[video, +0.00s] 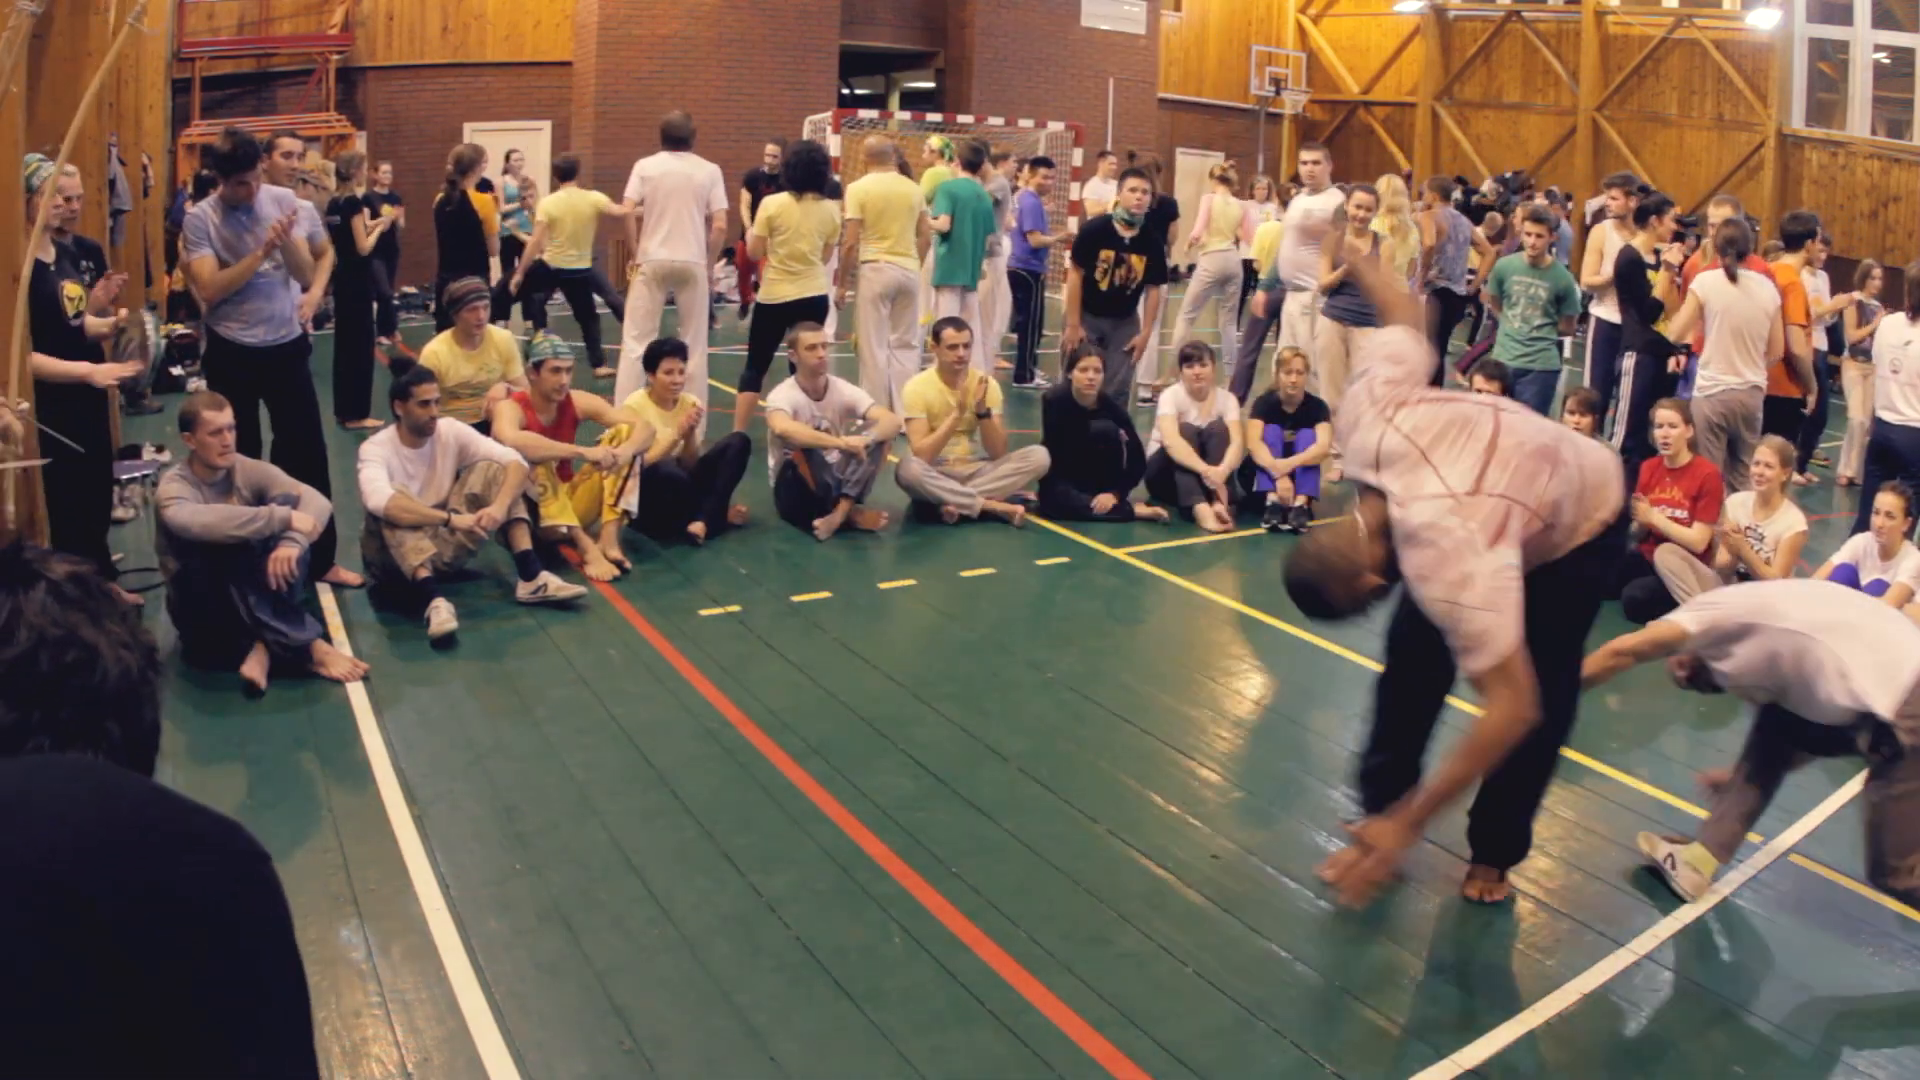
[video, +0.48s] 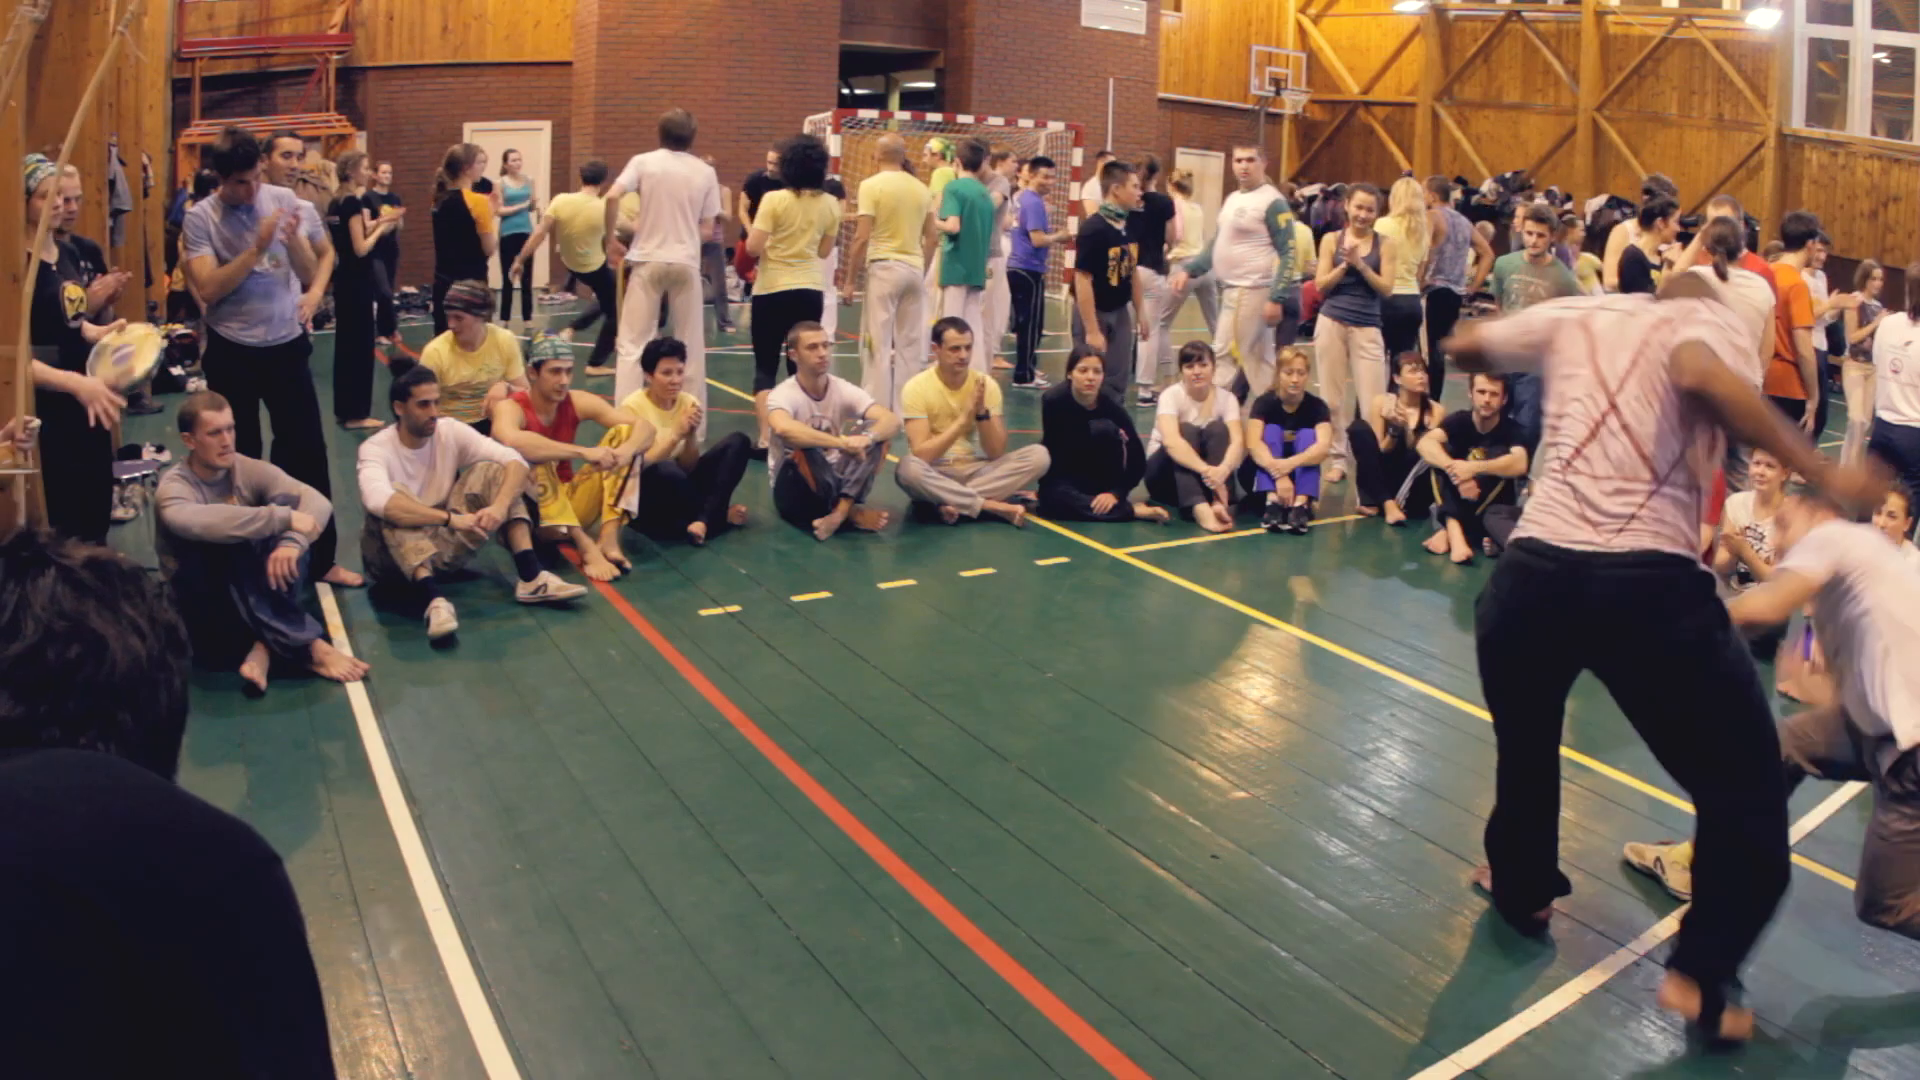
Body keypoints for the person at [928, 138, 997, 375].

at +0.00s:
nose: (951, 163)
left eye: (953, 160)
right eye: (954, 159)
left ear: (958, 163)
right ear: (980, 165)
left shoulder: (947, 188)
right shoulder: (984, 195)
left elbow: (943, 225)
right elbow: (988, 235)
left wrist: (927, 221)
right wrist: (979, 260)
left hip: (949, 264)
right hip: (972, 267)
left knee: (947, 322)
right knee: (971, 321)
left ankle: (947, 369)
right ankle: (976, 370)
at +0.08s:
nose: (952, 163)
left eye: (954, 160)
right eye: (955, 160)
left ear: (958, 163)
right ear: (980, 165)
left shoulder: (949, 188)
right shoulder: (985, 196)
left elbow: (944, 225)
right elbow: (987, 231)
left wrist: (929, 221)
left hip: (950, 263)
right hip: (974, 266)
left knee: (948, 322)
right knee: (972, 321)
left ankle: (948, 370)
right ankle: (977, 371)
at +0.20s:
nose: (952, 163)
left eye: (954, 160)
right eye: (954, 159)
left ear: (957, 162)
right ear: (979, 165)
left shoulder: (951, 188)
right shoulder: (986, 196)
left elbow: (949, 224)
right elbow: (987, 233)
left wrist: (930, 222)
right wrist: (983, 261)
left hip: (952, 262)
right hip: (974, 264)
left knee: (949, 320)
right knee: (972, 319)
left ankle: (949, 370)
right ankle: (979, 371)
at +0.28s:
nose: (952, 164)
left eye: (953, 160)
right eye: (954, 160)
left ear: (957, 162)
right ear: (979, 165)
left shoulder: (951, 188)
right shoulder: (985, 195)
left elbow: (951, 223)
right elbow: (987, 233)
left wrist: (931, 223)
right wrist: (985, 260)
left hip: (952, 262)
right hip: (975, 263)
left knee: (949, 320)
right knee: (972, 319)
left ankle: (949, 368)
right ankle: (978, 370)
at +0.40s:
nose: (952, 163)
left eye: (953, 160)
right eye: (954, 159)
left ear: (957, 162)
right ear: (980, 165)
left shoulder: (953, 188)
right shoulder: (985, 194)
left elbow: (953, 225)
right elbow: (988, 232)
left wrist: (934, 223)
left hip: (954, 263)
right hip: (977, 264)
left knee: (950, 320)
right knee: (973, 320)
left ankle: (949, 367)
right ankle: (978, 369)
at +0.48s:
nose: (953, 163)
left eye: (954, 160)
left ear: (957, 162)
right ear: (981, 164)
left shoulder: (953, 188)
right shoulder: (985, 193)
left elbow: (953, 226)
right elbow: (989, 231)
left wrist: (934, 222)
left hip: (955, 264)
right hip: (978, 265)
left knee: (951, 321)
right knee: (974, 320)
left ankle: (949, 368)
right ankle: (979, 370)